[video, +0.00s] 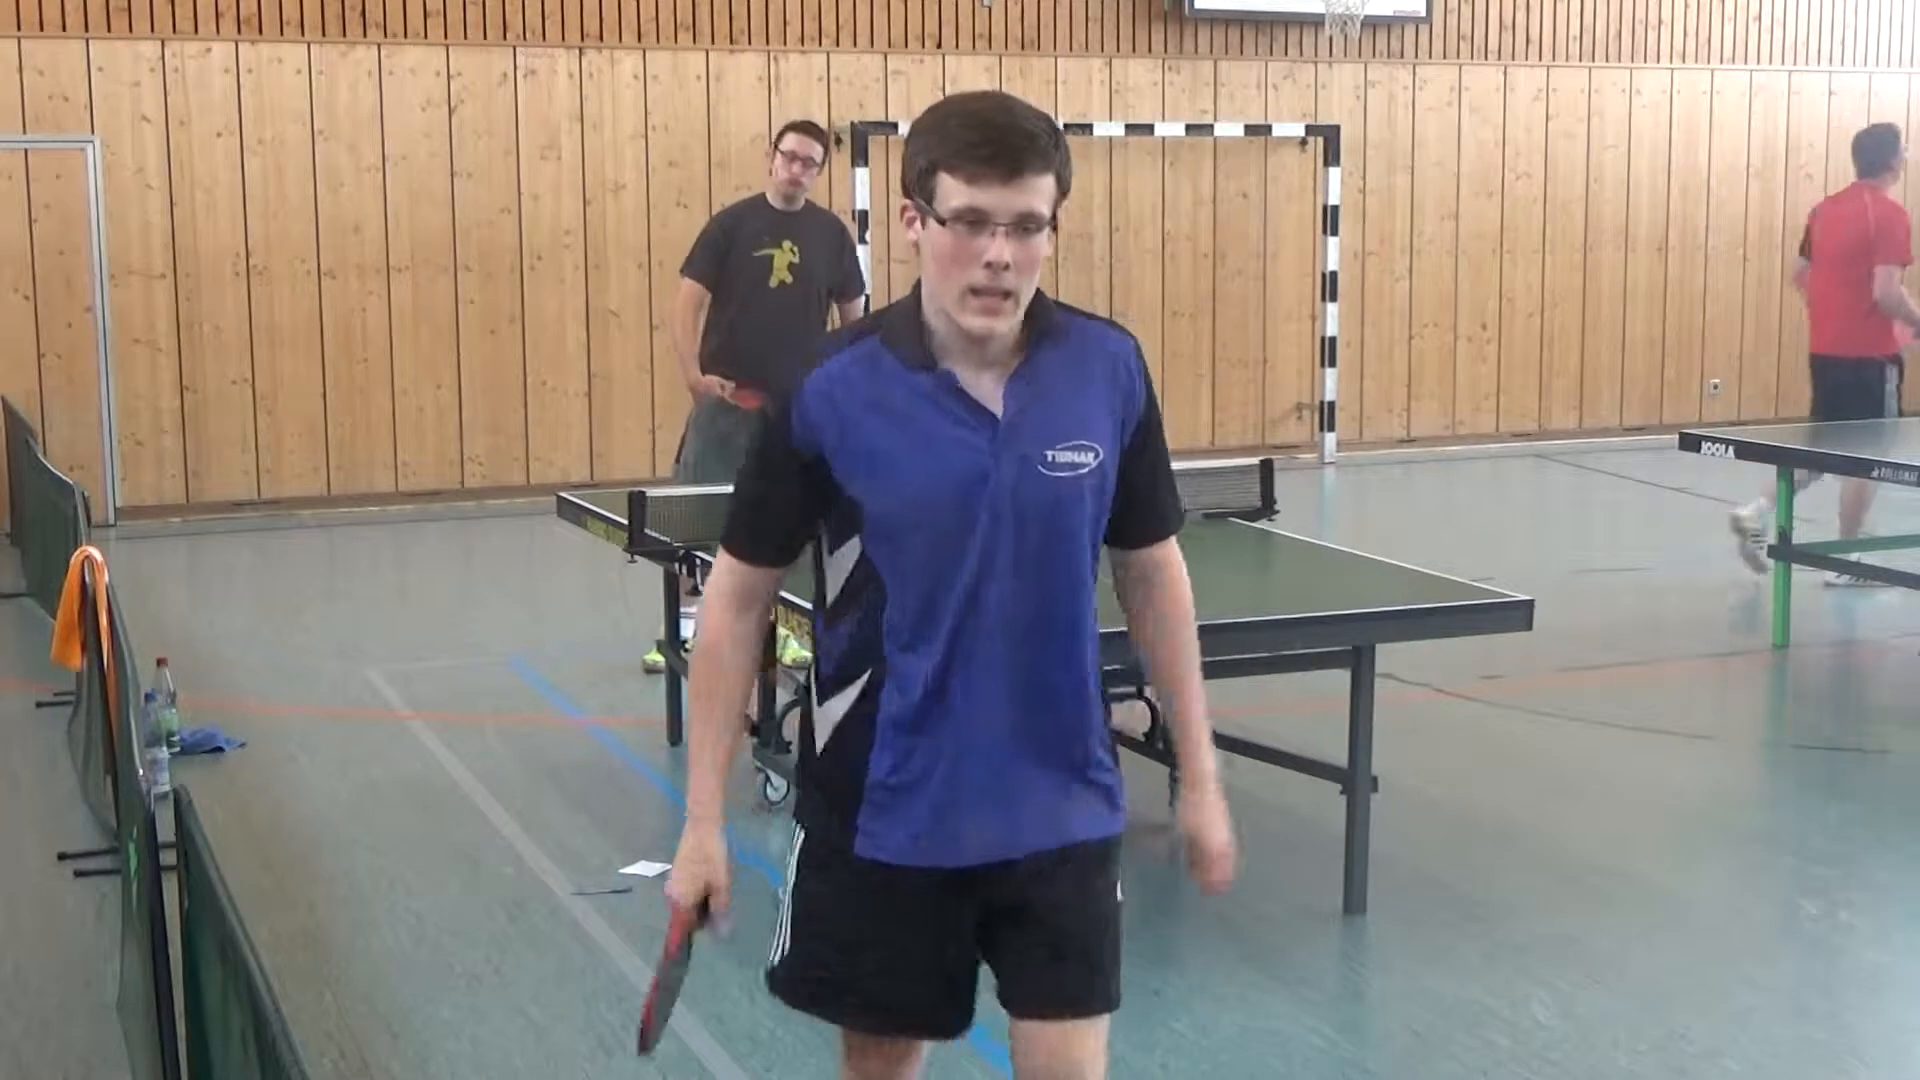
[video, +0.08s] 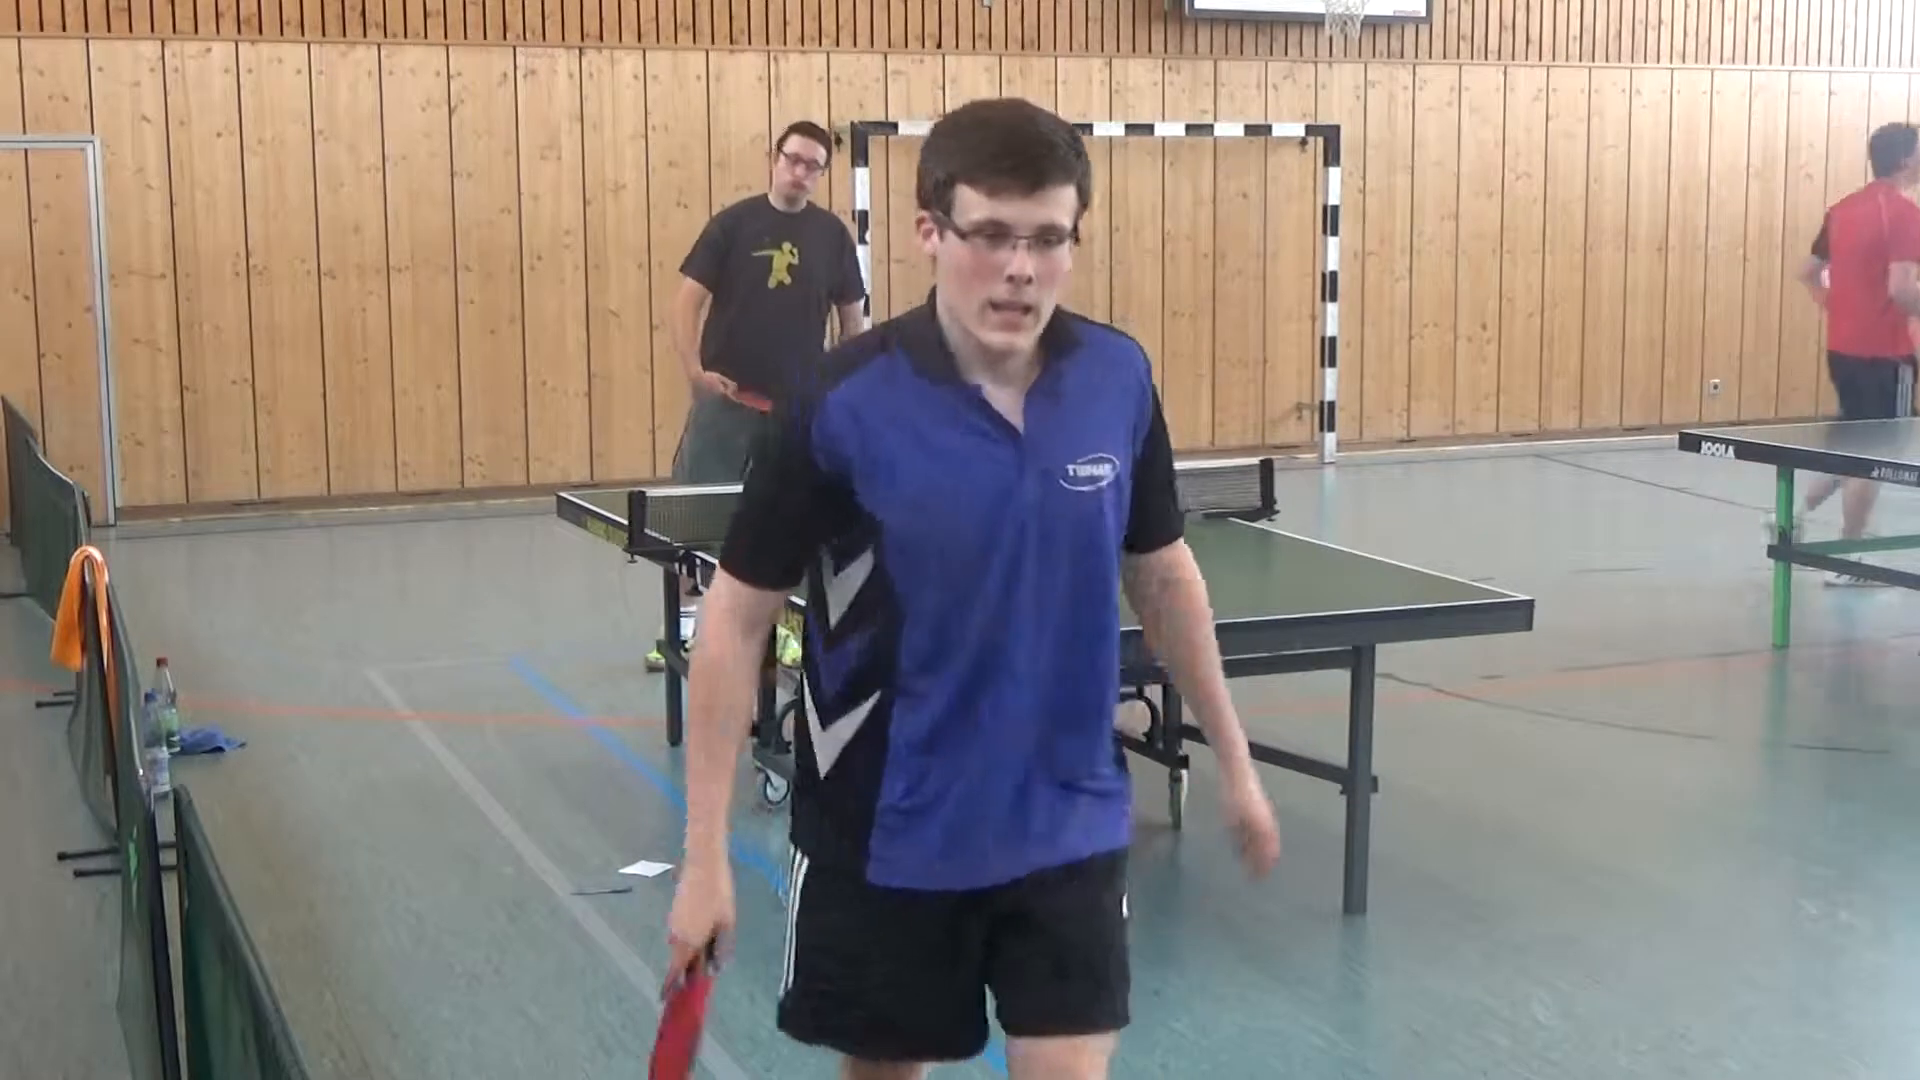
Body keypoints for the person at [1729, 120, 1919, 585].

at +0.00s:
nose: (1906, 161)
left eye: (1904, 154)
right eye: (1904, 155)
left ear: (1857, 162)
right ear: (1895, 162)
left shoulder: (1826, 207)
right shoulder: (1890, 213)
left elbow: (1800, 274)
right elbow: (1886, 291)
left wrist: (1835, 309)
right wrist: (1915, 319)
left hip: (1825, 350)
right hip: (1867, 355)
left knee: (1821, 449)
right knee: (1862, 462)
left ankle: (1758, 513)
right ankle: (1848, 561)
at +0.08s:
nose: (1919, 165)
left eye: (1918, 156)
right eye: (1918, 157)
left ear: (1875, 160)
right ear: (1909, 161)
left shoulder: (1842, 208)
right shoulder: (1903, 211)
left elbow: (1808, 271)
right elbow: (1902, 288)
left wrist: (1836, 306)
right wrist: (1919, 308)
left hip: (1842, 346)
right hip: (1879, 349)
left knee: (1859, 443)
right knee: (1869, 454)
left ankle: (1796, 508)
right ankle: (1851, 555)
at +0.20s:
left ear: (1901, 160)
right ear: (1919, 160)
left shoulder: (1873, 206)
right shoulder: (1913, 206)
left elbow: (1835, 265)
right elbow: (1911, 279)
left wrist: (1867, 296)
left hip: (1870, 346)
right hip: (1902, 348)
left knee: (1902, 450)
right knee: (1882, 453)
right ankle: (1848, 552)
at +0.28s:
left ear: (1914, 169)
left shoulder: (1897, 207)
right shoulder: (1907, 208)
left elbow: (1857, 268)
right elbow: (1911, 270)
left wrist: (1897, 289)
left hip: (1889, 348)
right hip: (1907, 351)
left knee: (1892, 452)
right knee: (1893, 453)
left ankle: (1852, 553)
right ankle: (1851, 554)